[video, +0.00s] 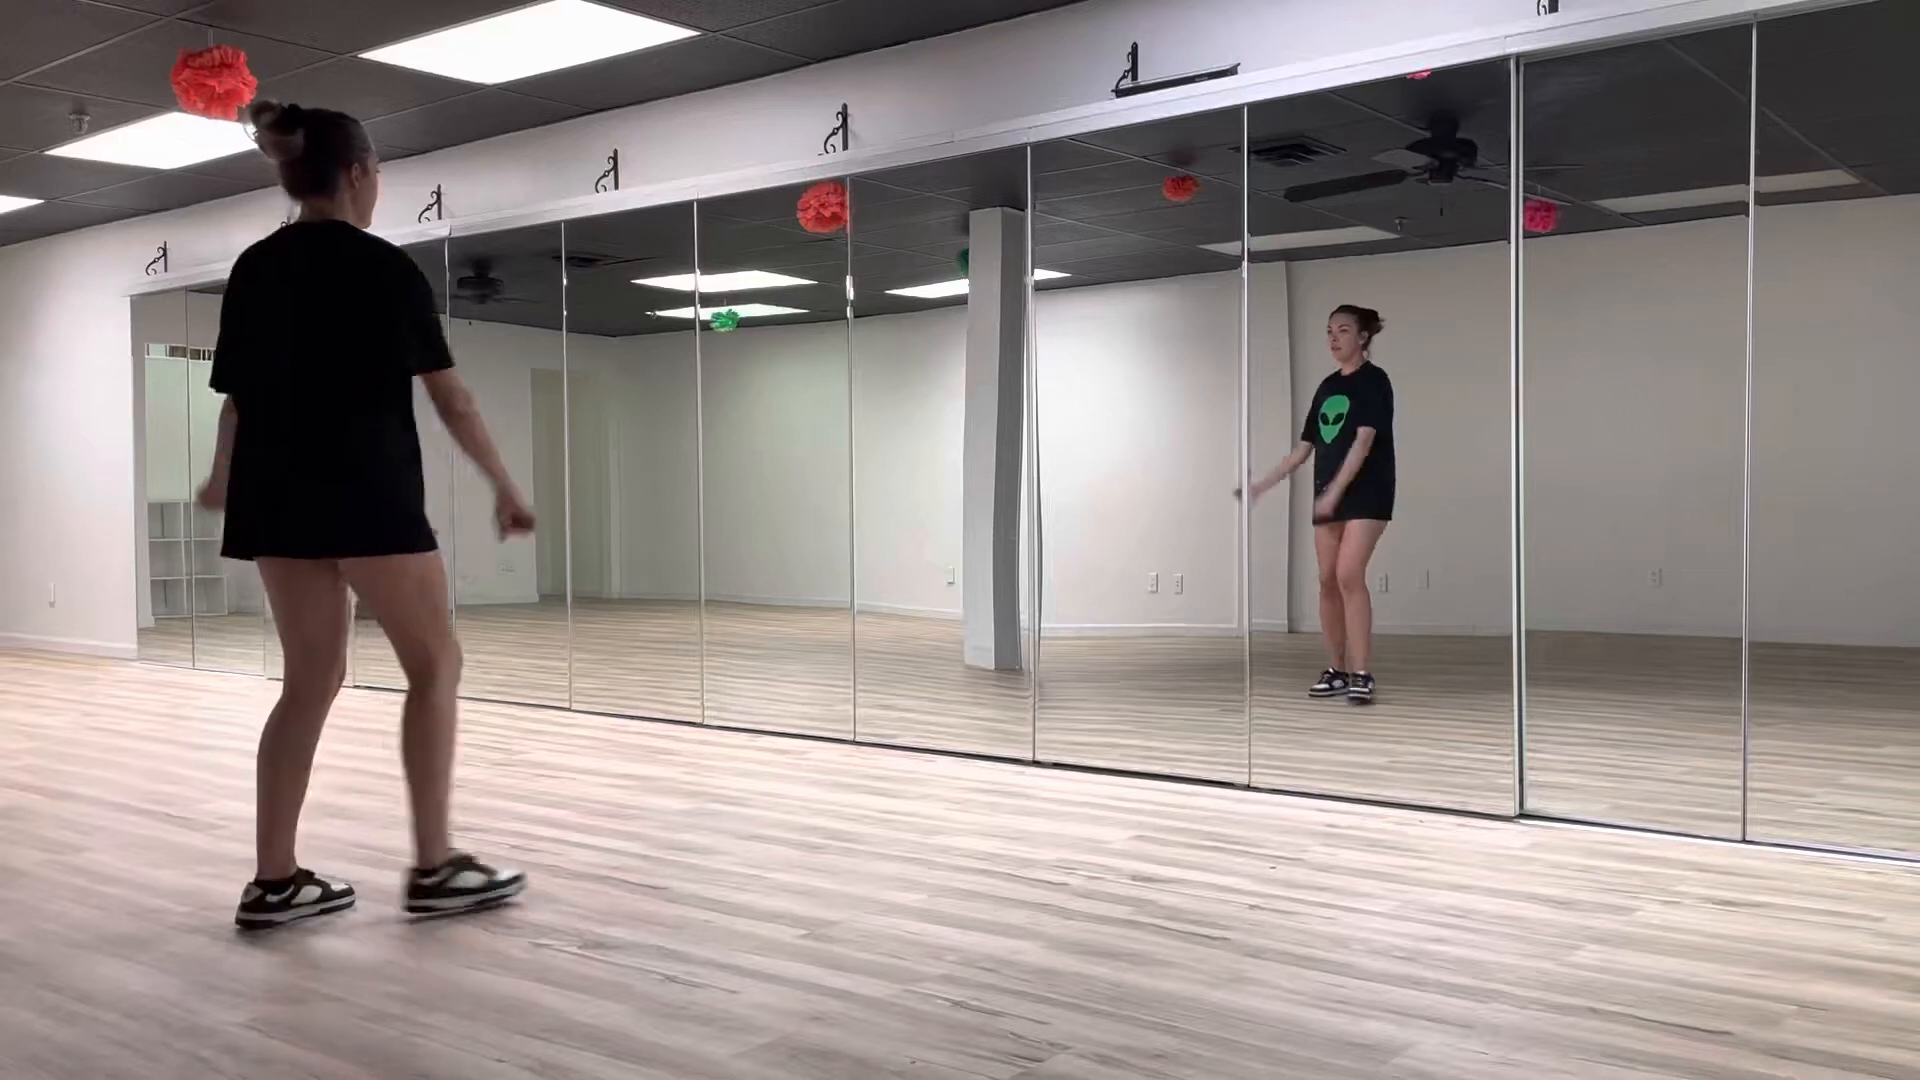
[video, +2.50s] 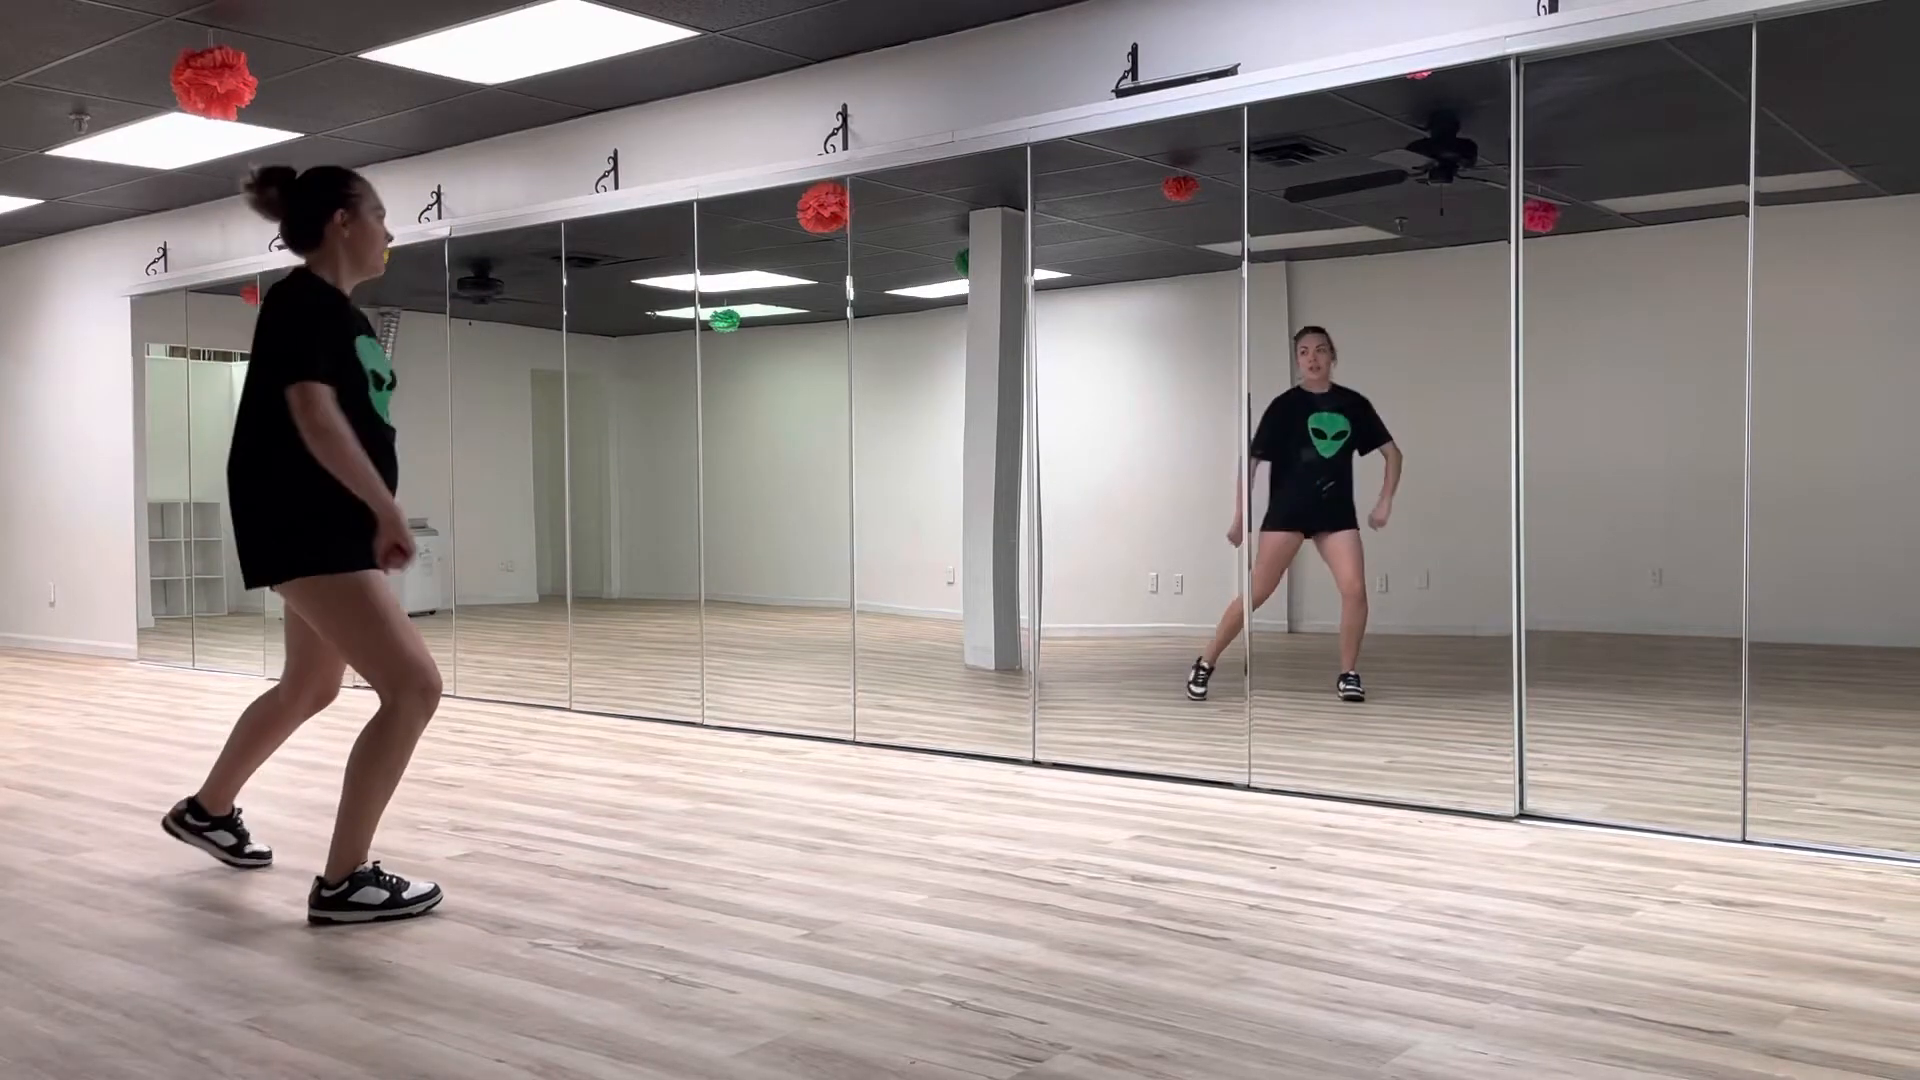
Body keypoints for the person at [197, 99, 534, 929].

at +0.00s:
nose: (379, 188)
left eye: (375, 177)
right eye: (375, 176)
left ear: (294, 182)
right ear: (358, 177)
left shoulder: (253, 269)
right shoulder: (388, 269)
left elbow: (237, 397)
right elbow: (449, 397)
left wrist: (221, 479)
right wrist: (505, 483)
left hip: (272, 501)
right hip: (372, 499)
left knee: (308, 678)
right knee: (434, 662)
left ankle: (273, 877)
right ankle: (435, 862)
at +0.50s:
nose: (481, 237)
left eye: (476, 227)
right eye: (480, 227)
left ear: (395, 233)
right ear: (468, 227)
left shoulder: (345, 302)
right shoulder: (509, 299)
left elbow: (202, 308)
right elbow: (627, 302)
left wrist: (295, 363)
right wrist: (562, 301)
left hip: (417, 533)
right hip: (530, 524)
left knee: (373, 697)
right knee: (555, 720)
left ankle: (324, 876)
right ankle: (594, 919)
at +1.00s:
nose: (432, 203)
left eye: (431, 189)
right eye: (428, 188)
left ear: (347, 192)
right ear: (404, 187)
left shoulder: (297, 286)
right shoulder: (429, 281)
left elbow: (279, 427)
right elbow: (488, 416)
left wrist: (298, 534)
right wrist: (537, 527)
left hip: (327, 515)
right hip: (427, 505)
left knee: (366, 685)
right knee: (487, 679)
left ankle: (330, 878)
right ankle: (509, 858)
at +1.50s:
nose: (424, 188)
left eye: (420, 171)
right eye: (418, 172)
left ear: (352, 177)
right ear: (389, 174)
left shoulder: (318, 260)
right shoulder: (371, 262)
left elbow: (322, 398)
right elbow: (389, 403)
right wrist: (418, 527)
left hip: (298, 490)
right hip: (357, 493)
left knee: (331, 683)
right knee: (367, 683)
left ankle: (306, 875)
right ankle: (338, 876)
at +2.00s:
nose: (378, 222)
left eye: (377, 209)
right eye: (371, 208)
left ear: (333, 212)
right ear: (332, 211)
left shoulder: (338, 289)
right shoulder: (269, 276)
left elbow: (342, 331)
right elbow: (219, 278)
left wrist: (399, 308)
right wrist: (334, 258)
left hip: (340, 505)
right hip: (294, 507)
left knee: (303, 671)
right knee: (392, 674)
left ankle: (216, 801)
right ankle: (344, 876)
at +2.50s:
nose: (389, 233)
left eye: (385, 219)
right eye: (380, 218)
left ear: (334, 227)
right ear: (343, 224)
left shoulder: (332, 309)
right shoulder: (305, 301)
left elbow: (336, 423)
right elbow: (314, 416)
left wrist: (375, 518)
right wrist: (386, 507)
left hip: (318, 524)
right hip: (306, 524)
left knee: (309, 684)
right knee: (414, 687)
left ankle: (208, 807)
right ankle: (345, 876)